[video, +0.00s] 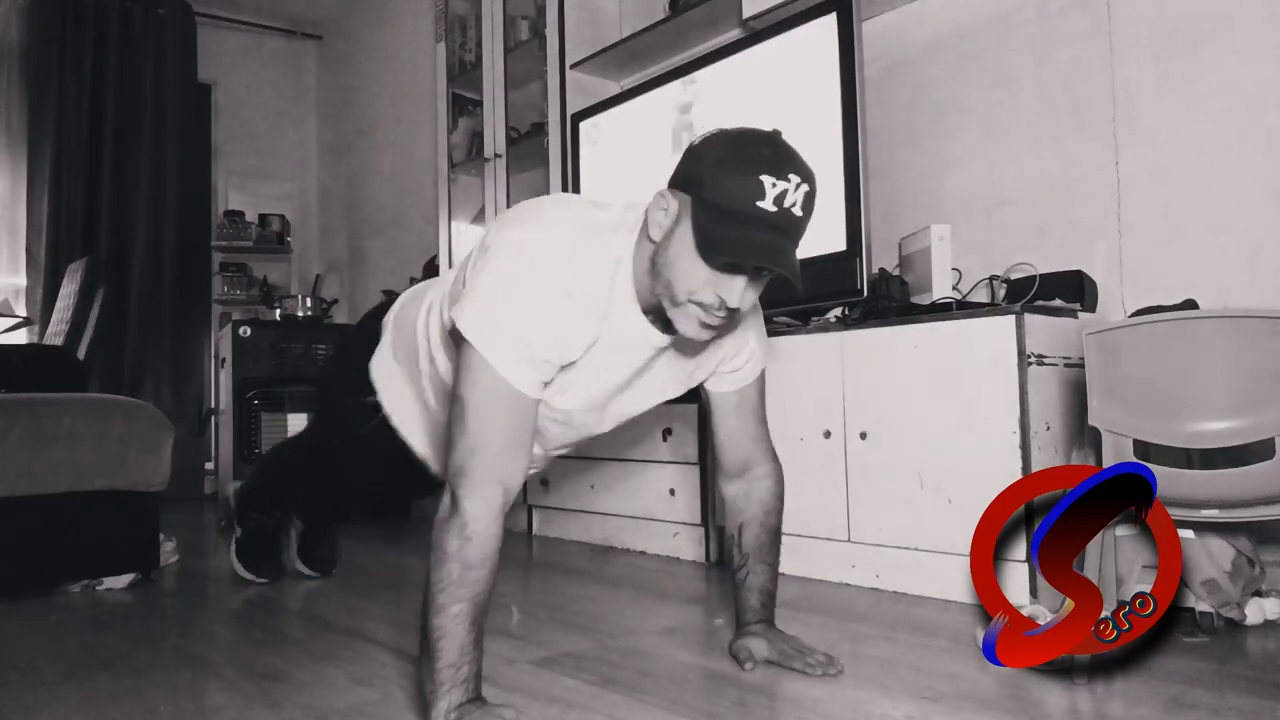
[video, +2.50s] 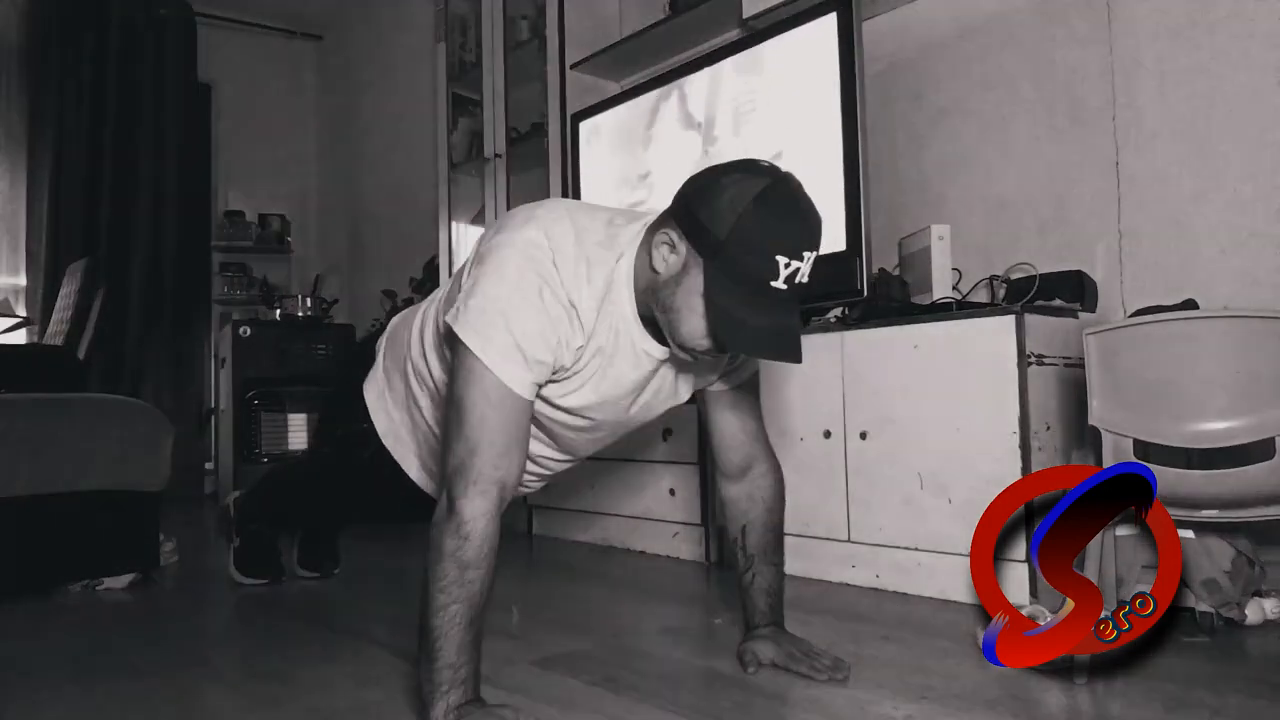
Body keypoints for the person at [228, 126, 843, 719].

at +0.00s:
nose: (733, 296)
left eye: (758, 275)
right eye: (721, 259)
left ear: (778, 267)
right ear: (666, 216)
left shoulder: (732, 320)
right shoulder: (539, 260)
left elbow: (748, 471)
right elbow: (476, 499)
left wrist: (757, 624)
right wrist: (453, 702)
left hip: (479, 445)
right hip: (395, 391)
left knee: (375, 496)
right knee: (314, 471)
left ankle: (315, 520)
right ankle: (254, 511)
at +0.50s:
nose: (735, 291)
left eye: (757, 269)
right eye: (724, 255)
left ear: (773, 260)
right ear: (662, 216)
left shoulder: (722, 312)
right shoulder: (536, 263)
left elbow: (756, 464)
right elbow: (470, 505)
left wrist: (780, 619)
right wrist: (451, 701)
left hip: (463, 438)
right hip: (383, 383)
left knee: (369, 493)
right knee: (315, 476)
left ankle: (315, 521)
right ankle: (250, 515)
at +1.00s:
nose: (722, 260)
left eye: (749, 236)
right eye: (708, 216)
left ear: (759, 245)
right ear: (649, 198)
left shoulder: (711, 315)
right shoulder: (525, 253)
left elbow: (749, 471)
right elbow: (464, 506)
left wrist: (782, 624)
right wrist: (451, 703)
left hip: (476, 464)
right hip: (386, 412)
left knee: (372, 498)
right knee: (319, 488)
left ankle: (313, 523)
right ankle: (257, 517)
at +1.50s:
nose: (739, 304)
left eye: (759, 283)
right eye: (731, 271)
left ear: (775, 270)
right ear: (674, 216)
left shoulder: (730, 317)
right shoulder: (543, 256)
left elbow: (758, 474)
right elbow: (473, 501)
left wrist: (766, 628)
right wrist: (450, 702)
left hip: (486, 463)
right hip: (400, 410)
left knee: (377, 499)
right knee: (322, 487)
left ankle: (317, 526)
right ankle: (254, 518)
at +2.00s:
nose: (741, 349)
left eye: (758, 334)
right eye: (736, 319)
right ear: (683, 252)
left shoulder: (725, 318)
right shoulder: (546, 261)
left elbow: (751, 471)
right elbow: (481, 498)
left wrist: (764, 629)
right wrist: (449, 705)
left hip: (496, 456)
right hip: (412, 404)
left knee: (375, 495)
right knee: (321, 479)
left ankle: (314, 521)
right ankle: (249, 519)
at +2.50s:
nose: (734, 351)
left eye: (752, 333)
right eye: (728, 319)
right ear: (669, 253)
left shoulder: (718, 316)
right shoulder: (536, 260)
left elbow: (746, 471)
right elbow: (473, 496)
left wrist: (765, 630)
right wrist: (450, 700)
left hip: (499, 461)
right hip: (404, 417)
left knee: (373, 505)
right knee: (319, 485)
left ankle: (313, 525)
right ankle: (250, 518)